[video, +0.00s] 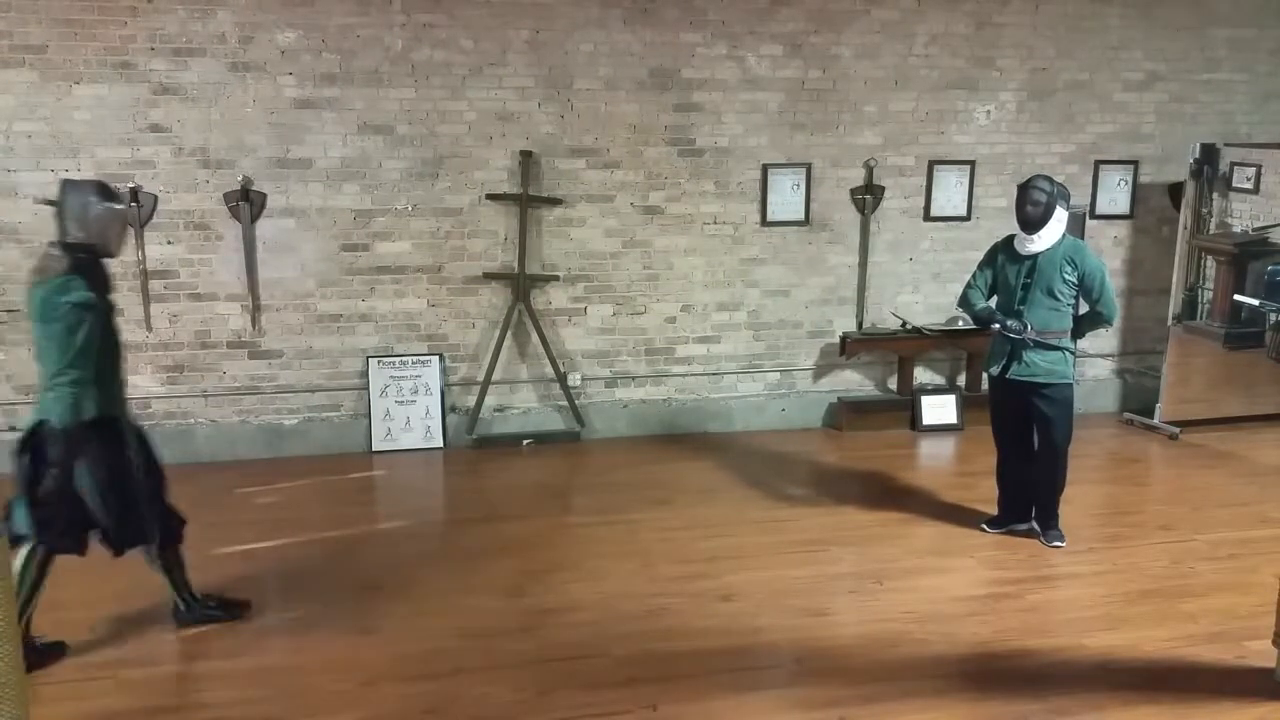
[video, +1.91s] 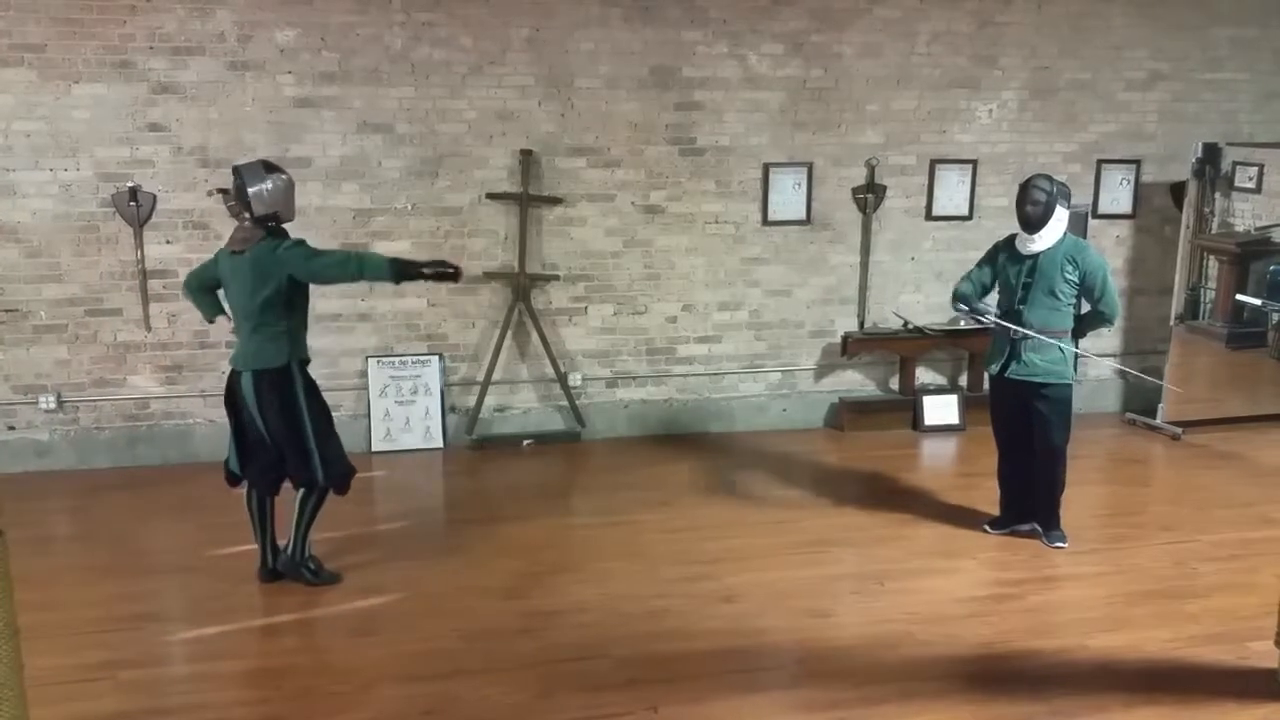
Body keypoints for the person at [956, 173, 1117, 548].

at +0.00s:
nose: (1026, 211)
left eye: (1035, 204)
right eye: (1022, 203)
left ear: (1055, 208)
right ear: (1016, 204)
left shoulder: (1077, 254)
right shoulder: (1003, 250)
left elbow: (1106, 312)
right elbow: (970, 297)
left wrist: (1070, 330)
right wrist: (996, 320)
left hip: (1051, 372)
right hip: (1005, 370)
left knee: (1052, 452)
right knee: (1010, 448)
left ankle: (1048, 522)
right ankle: (1013, 514)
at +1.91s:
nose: (1027, 210)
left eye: (1035, 203)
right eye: (1023, 202)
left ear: (1056, 207)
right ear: (1017, 203)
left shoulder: (1080, 254)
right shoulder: (1005, 249)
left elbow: (1108, 310)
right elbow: (963, 294)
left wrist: (1073, 329)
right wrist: (998, 316)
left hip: (1050, 372)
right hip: (1005, 369)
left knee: (1049, 452)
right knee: (1011, 449)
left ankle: (1049, 523)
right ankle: (1015, 515)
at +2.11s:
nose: (1027, 211)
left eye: (1035, 204)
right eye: (1023, 203)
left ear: (1056, 207)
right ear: (1018, 204)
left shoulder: (1078, 254)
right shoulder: (1008, 249)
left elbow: (1106, 313)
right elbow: (962, 265)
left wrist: (1072, 331)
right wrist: (922, 264)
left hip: (1048, 365)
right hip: (1004, 362)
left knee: (1048, 450)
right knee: (1009, 446)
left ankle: (1048, 522)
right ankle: (1013, 515)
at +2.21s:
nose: (1028, 212)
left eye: (1037, 205)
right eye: (1024, 204)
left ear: (1057, 208)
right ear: (1019, 205)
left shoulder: (1078, 256)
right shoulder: (1005, 248)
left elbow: (1105, 313)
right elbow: (956, 254)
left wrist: (1071, 331)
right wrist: (907, 245)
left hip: (1048, 366)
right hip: (1003, 363)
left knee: (1048, 449)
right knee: (1009, 445)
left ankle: (1047, 521)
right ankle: (1014, 514)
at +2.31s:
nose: (1029, 212)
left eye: (1038, 206)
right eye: (1025, 205)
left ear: (1058, 210)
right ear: (1019, 205)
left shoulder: (1078, 256)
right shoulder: (1004, 247)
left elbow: (1104, 314)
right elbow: (954, 246)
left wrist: (1068, 331)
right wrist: (904, 232)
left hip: (1048, 365)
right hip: (1003, 361)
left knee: (1048, 450)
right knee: (1009, 446)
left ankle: (1047, 521)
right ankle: (1013, 514)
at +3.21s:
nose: (1007, 219)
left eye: (1014, 212)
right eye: (1003, 212)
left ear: (1038, 210)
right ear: (1001, 211)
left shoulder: (1070, 253)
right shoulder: (997, 251)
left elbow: (1102, 308)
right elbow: (950, 282)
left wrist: (1063, 327)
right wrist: (936, 252)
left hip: (1048, 365)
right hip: (1002, 363)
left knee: (1048, 448)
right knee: (1007, 445)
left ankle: (1046, 521)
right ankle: (1013, 514)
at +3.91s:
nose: (1002, 219)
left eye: (1011, 211)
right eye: (1002, 211)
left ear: (1034, 216)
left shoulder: (1063, 260)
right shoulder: (1011, 263)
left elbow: (1091, 319)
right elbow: (1003, 317)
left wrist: (1068, 341)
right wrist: (993, 349)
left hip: (1053, 376)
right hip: (1014, 373)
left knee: (1068, 451)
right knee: (1002, 444)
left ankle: (1101, 525)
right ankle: (1013, 514)